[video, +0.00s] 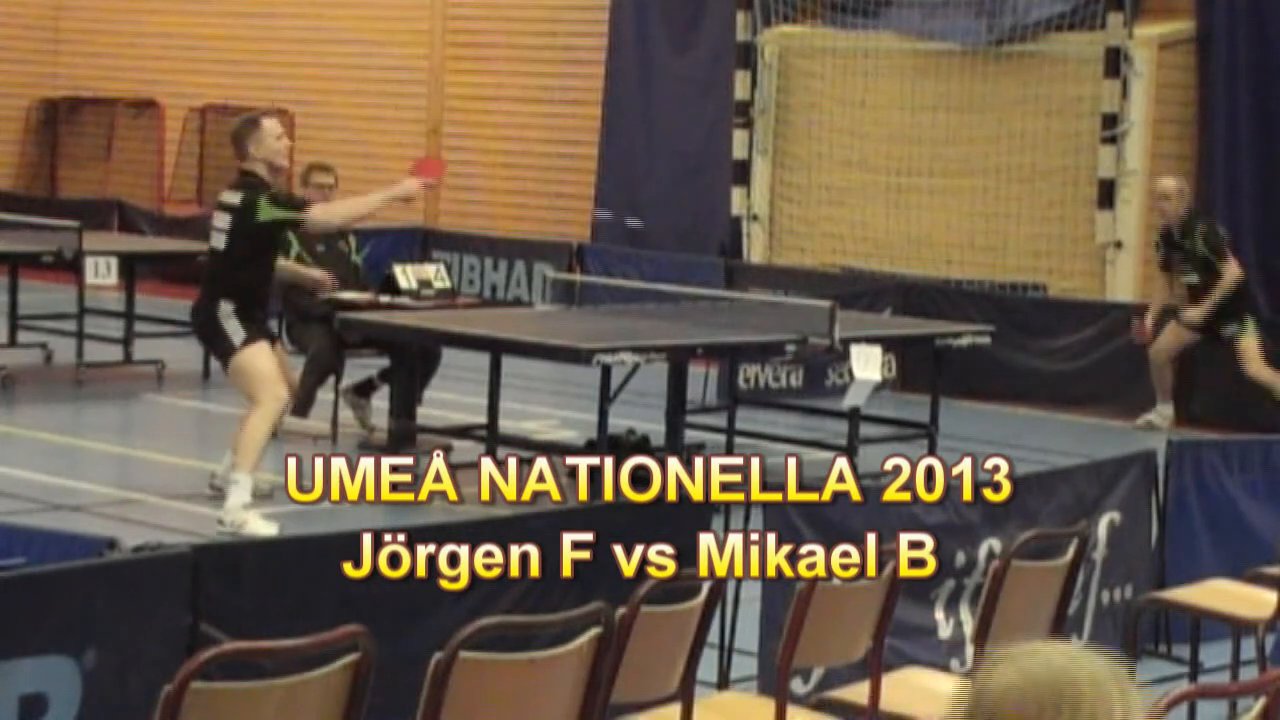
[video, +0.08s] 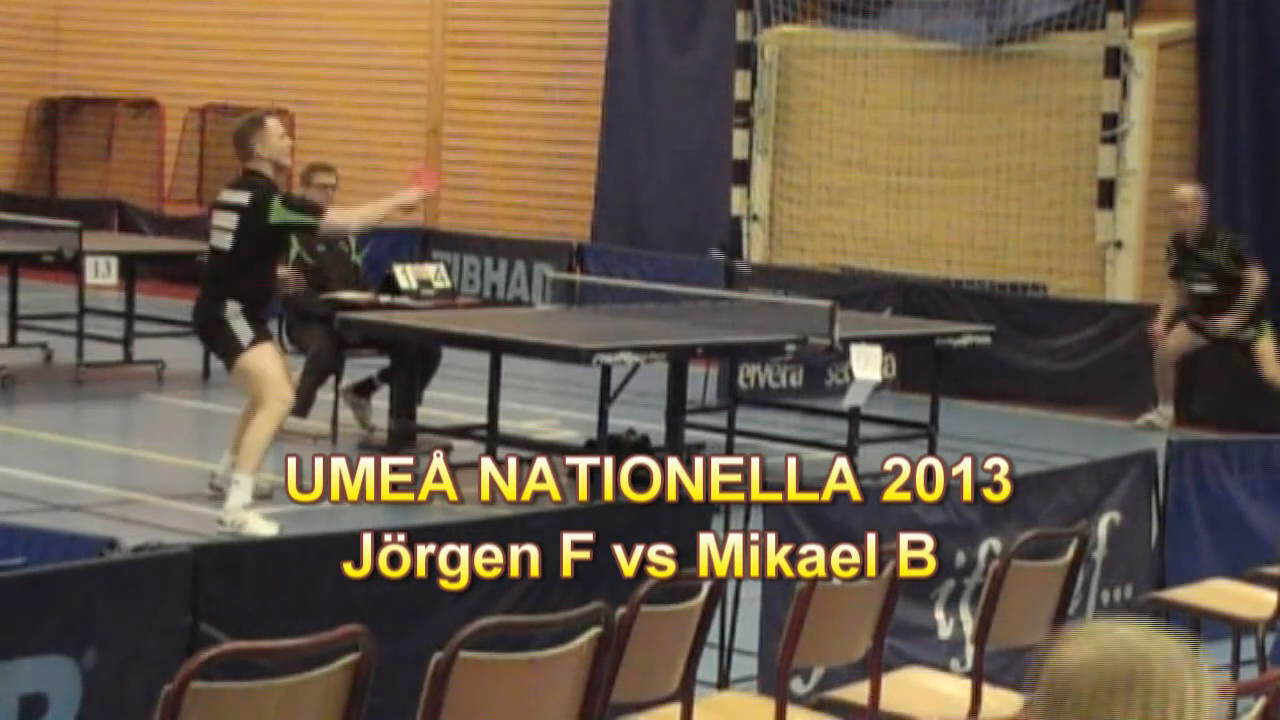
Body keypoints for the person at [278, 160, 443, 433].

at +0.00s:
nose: (324, 194)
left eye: (329, 188)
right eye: (317, 187)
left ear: (336, 191)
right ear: (303, 190)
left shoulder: (344, 234)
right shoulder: (289, 235)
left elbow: (357, 280)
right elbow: (272, 266)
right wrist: (307, 277)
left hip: (350, 315)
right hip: (307, 316)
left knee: (425, 352)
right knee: (326, 353)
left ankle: (362, 391)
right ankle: (295, 420)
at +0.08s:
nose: (326, 194)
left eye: (331, 188)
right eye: (320, 187)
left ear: (336, 191)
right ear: (304, 189)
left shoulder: (342, 233)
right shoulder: (292, 232)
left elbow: (354, 280)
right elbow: (295, 294)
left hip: (349, 315)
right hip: (310, 317)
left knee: (425, 351)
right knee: (326, 354)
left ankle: (362, 391)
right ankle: (294, 419)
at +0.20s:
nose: (334, 196)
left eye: (338, 189)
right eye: (327, 188)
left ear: (341, 192)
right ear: (307, 190)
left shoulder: (341, 235)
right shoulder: (293, 229)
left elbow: (354, 283)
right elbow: (294, 294)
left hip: (349, 318)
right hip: (309, 319)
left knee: (425, 350)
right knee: (326, 353)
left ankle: (362, 391)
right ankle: (293, 414)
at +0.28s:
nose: (336, 195)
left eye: (339, 189)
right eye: (329, 188)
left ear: (341, 192)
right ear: (308, 189)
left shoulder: (339, 231)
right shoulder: (293, 227)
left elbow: (353, 281)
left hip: (348, 317)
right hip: (308, 318)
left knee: (425, 350)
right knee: (327, 353)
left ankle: (362, 391)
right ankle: (293, 413)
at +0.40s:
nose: (338, 197)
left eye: (340, 190)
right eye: (332, 189)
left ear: (341, 193)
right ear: (311, 191)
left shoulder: (333, 229)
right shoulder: (298, 226)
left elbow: (349, 275)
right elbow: (319, 269)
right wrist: (352, 261)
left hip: (344, 316)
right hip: (306, 317)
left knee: (425, 352)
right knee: (327, 352)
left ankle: (362, 392)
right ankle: (291, 415)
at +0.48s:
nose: (339, 197)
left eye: (341, 190)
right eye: (333, 190)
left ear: (340, 193)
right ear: (312, 191)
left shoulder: (335, 231)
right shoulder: (299, 227)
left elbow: (351, 273)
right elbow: (315, 270)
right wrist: (353, 267)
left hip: (345, 315)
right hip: (305, 316)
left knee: (425, 352)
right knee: (327, 352)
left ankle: (362, 392)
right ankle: (293, 419)